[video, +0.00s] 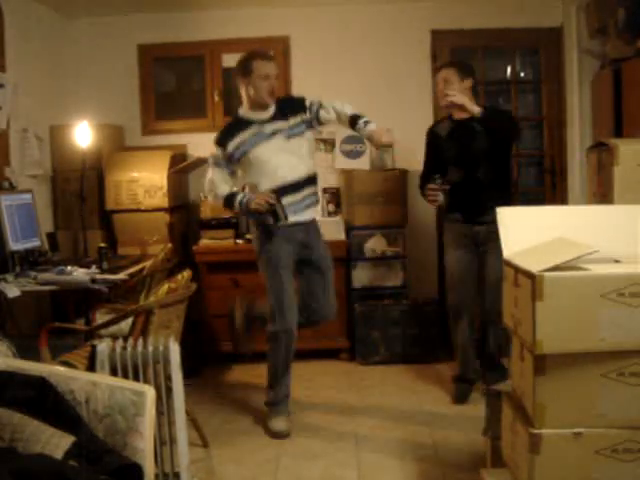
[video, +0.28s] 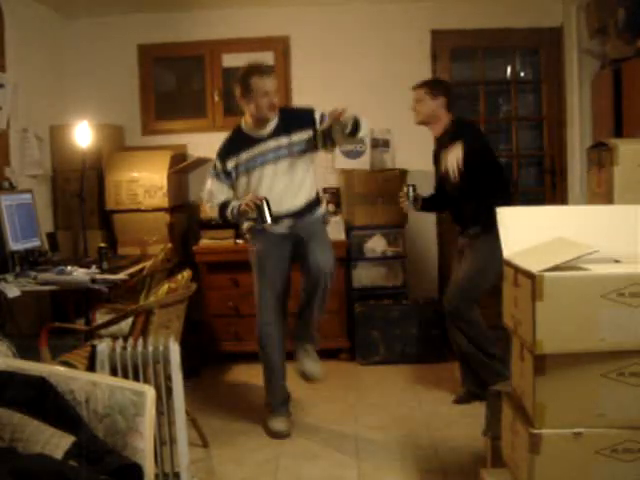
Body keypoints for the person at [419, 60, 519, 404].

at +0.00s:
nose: (443, 93)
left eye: (449, 85)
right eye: (439, 87)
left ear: (468, 85)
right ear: (437, 92)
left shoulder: (496, 120)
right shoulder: (438, 132)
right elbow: (428, 175)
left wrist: (475, 111)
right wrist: (429, 191)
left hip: (495, 222)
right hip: (457, 223)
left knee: (495, 299)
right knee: (459, 300)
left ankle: (495, 368)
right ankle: (465, 373)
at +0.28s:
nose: (414, 108)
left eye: (419, 102)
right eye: (413, 102)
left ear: (439, 102)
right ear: (429, 105)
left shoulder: (467, 135)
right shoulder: (441, 146)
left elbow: (494, 183)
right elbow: (446, 198)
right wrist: (418, 203)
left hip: (488, 234)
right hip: (465, 235)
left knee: (458, 302)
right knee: (457, 304)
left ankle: (498, 373)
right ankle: (474, 383)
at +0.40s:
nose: (396, 110)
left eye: (401, 103)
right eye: (397, 104)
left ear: (422, 103)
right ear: (422, 105)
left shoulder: (441, 131)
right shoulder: (441, 133)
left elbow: (455, 179)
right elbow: (450, 193)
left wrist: (454, 215)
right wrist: (413, 201)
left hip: (490, 215)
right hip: (489, 214)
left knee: (444, 275)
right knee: (485, 297)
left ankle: (483, 356)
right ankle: (491, 376)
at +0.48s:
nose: (394, 121)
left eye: (399, 114)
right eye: (395, 115)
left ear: (419, 115)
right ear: (419, 117)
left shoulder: (434, 147)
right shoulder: (442, 142)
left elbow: (445, 205)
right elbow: (447, 200)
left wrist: (439, 257)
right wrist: (412, 208)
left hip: (482, 225)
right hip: (491, 220)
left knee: (454, 296)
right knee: (485, 304)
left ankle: (486, 379)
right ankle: (498, 379)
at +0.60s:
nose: (396, 126)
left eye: (400, 119)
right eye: (396, 120)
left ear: (419, 118)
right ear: (423, 119)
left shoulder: (424, 159)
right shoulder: (454, 147)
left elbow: (420, 217)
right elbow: (451, 200)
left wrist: (397, 256)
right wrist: (411, 208)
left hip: (464, 247)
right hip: (490, 242)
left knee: (441, 312)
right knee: (476, 321)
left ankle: (488, 380)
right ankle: (500, 386)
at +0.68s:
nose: (392, 117)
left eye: (395, 110)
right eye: (392, 110)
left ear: (414, 108)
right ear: (419, 110)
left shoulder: (415, 150)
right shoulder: (452, 139)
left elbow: (404, 207)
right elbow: (452, 193)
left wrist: (373, 224)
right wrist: (412, 202)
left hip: (458, 236)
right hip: (487, 233)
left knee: (415, 287)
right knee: (477, 313)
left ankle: (453, 353)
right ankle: (497, 381)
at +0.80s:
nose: (374, 111)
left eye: (378, 103)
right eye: (374, 104)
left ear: (397, 101)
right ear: (407, 102)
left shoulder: (390, 142)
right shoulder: (436, 130)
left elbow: (372, 184)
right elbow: (437, 179)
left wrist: (354, 152)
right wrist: (401, 193)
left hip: (438, 222)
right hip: (472, 221)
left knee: (394, 253)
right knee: (445, 296)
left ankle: (408, 322)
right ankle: (460, 370)